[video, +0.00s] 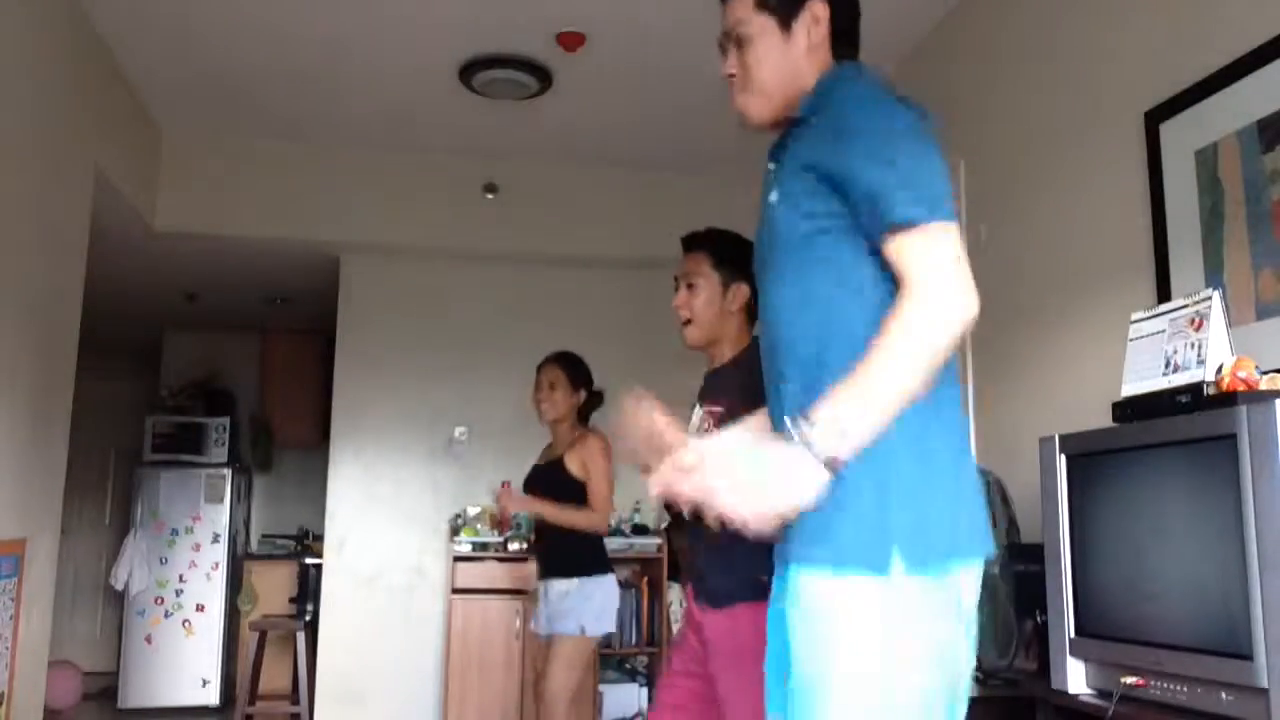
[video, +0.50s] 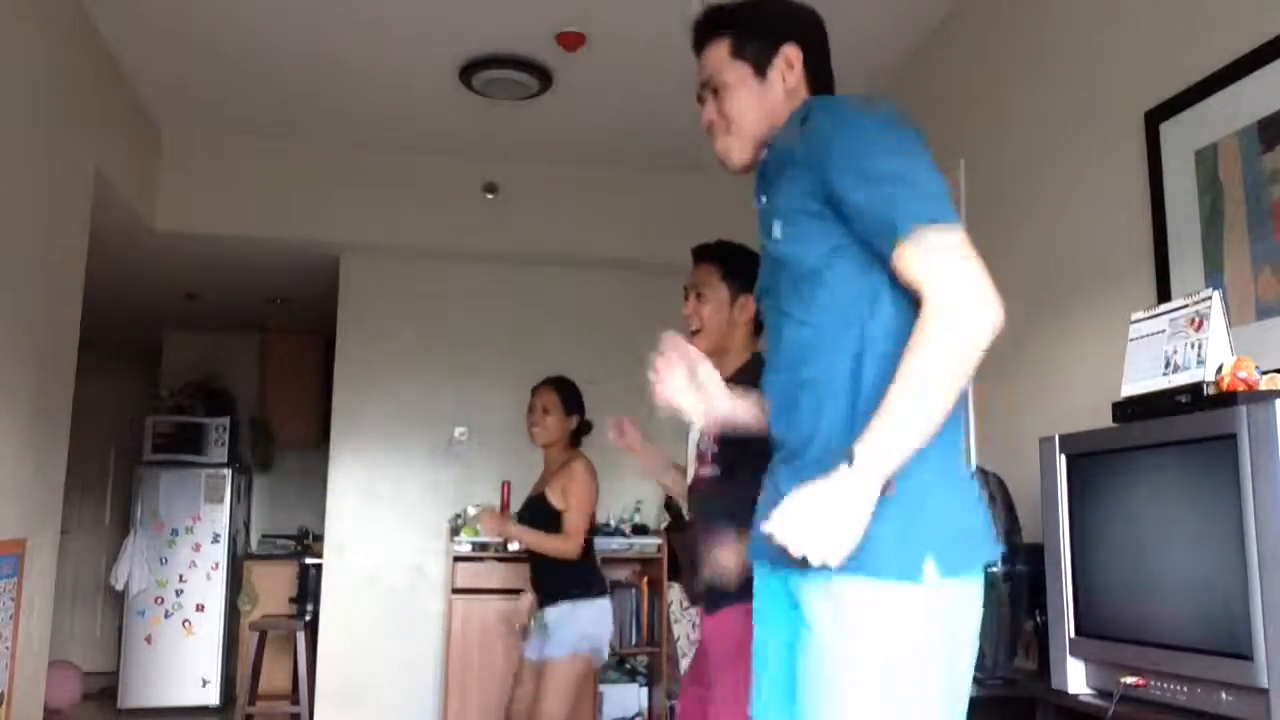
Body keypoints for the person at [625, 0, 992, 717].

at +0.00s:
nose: (726, 66)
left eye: (738, 40)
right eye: (725, 47)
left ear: (811, 25)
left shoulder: (855, 110)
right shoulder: (796, 153)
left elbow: (945, 293)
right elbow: (834, 370)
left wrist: (810, 452)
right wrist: (728, 453)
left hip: (887, 550)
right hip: (828, 546)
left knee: (871, 707)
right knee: (810, 708)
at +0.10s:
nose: (726, 100)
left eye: (741, 72)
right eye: (724, 79)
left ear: (817, 58)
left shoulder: (872, 174)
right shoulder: (801, 193)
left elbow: (967, 370)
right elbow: (840, 390)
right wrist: (717, 422)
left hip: (898, 582)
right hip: (816, 572)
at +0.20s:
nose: (722, 143)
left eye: (737, 116)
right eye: (723, 122)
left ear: (814, 104)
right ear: (812, 107)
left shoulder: (888, 242)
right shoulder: (796, 250)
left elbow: (1005, 421)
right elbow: (840, 422)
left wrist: (871, 513)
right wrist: (746, 445)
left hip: (905, 649)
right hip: (820, 636)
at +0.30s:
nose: (714, 125)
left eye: (726, 99)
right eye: (714, 106)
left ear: (801, 83)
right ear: (797, 85)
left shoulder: (890, 195)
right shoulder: (781, 246)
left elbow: (1012, 373)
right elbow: (823, 423)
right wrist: (726, 483)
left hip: (910, 633)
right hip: (807, 619)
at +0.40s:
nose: (703, 99)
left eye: (714, 72)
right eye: (700, 79)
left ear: (785, 54)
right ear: (781, 59)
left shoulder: (843, 116)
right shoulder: (781, 201)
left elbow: (985, 274)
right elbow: (823, 402)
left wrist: (839, 416)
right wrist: (703, 403)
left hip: (903, 573)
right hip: (800, 566)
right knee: (750, 709)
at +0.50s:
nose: (704, 115)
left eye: (716, 89)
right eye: (702, 97)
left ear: (785, 71)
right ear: (780, 76)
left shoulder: (842, 129)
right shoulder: (785, 187)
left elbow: (968, 303)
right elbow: (830, 397)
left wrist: (860, 477)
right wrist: (723, 405)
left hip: (890, 562)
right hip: (798, 553)